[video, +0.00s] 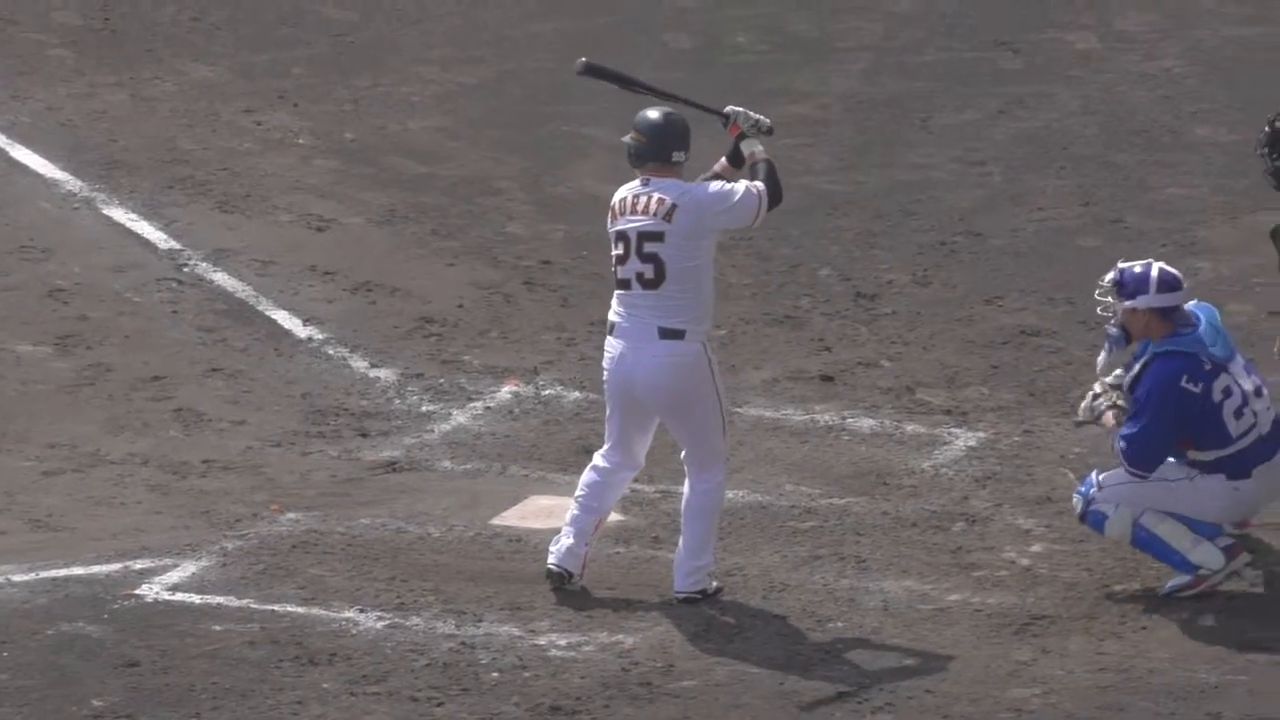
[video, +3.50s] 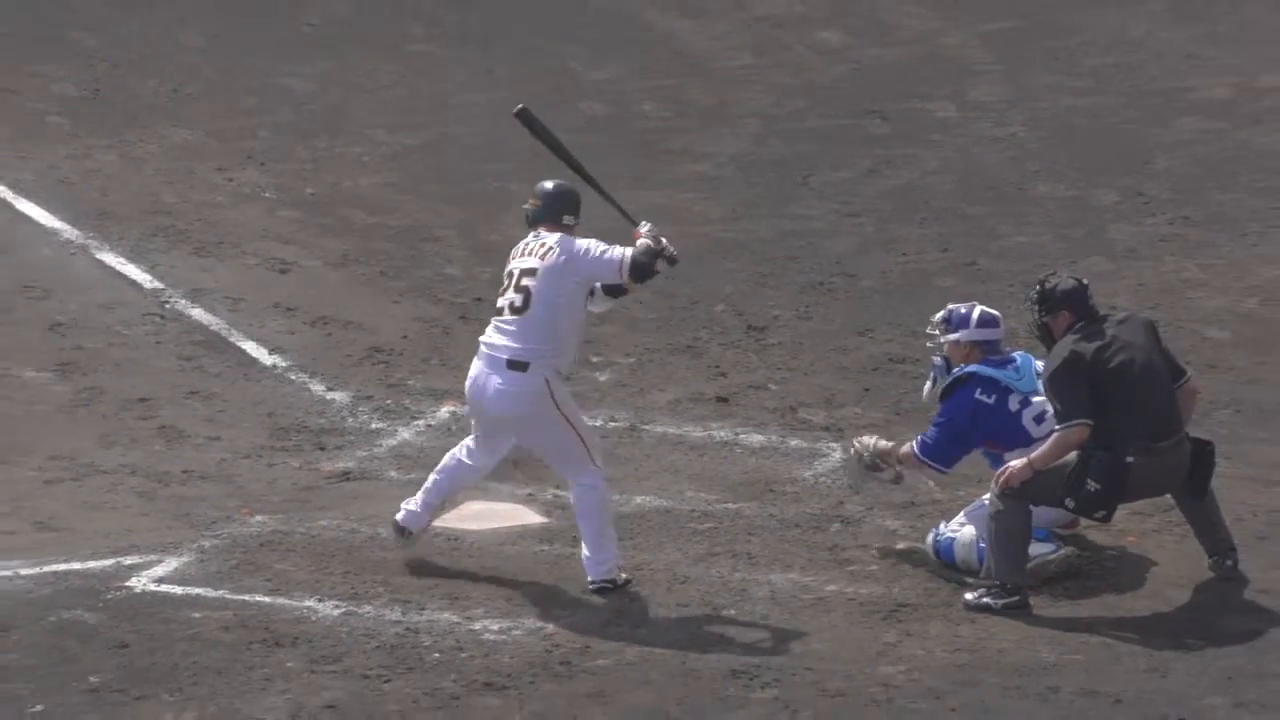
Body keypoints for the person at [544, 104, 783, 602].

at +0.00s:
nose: (631, 154)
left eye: (633, 148)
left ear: (637, 152)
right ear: (683, 152)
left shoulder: (621, 201)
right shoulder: (701, 200)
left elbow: (701, 188)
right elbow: (769, 193)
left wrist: (737, 145)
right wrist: (757, 148)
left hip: (619, 351)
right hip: (680, 357)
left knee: (617, 454)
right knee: (705, 465)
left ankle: (565, 554)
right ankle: (692, 579)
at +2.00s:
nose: (606, 175)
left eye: (610, 168)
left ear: (612, 173)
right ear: (659, 173)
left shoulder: (595, 220)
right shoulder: (675, 221)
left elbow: (670, 214)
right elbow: (740, 221)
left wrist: (711, 173)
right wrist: (731, 175)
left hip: (589, 372)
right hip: (650, 378)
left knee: (585, 476)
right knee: (675, 486)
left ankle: (534, 576)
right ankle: (661, 599)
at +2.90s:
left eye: (582, 197)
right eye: (630, 199)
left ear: (584, 199)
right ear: (627, 202)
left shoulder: (567, 242)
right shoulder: (638, 245)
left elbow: (641, 278)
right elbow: (708, 263)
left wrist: (710, 232)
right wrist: (705, 219)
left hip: (539, 392)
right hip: (599, 402)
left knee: (592, 435)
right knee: (632, 501)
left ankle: (554, 515)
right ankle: (619, 608)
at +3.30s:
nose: (594, 215)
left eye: (548, 201)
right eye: (593, 207)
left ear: (551, 205)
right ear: (591, 208)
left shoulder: (537, 243)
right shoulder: (598, 246)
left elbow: (607, 293)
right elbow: (668, 272)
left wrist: (666, 261)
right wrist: (672, 237)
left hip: (499, 381)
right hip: (548, 394)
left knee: (587, 404)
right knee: (598, 484)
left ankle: (532, 499)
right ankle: (601, 587)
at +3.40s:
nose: (538, 210)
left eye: (541, 204)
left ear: (545, 208)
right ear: (582, 212)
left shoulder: (530, 245)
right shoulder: (588, 247)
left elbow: (604, 295)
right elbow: (656, 268)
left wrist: (667, 263)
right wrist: (662, 239)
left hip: (490, 378)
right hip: (539, 389)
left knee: (534, 429)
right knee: (594, 479)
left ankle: (480, 506)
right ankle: (603, 581)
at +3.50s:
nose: (529, 218)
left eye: (531, 212)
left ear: (535, 215)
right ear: (570, 218)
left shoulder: (522, 250)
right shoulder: (573, 251)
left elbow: (593, 293)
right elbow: (638, 265)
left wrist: (651, 261)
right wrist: (647, 239)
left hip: (481, 376)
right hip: (528, 387)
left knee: (480, 448)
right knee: (587, 473)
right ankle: (603, 571)